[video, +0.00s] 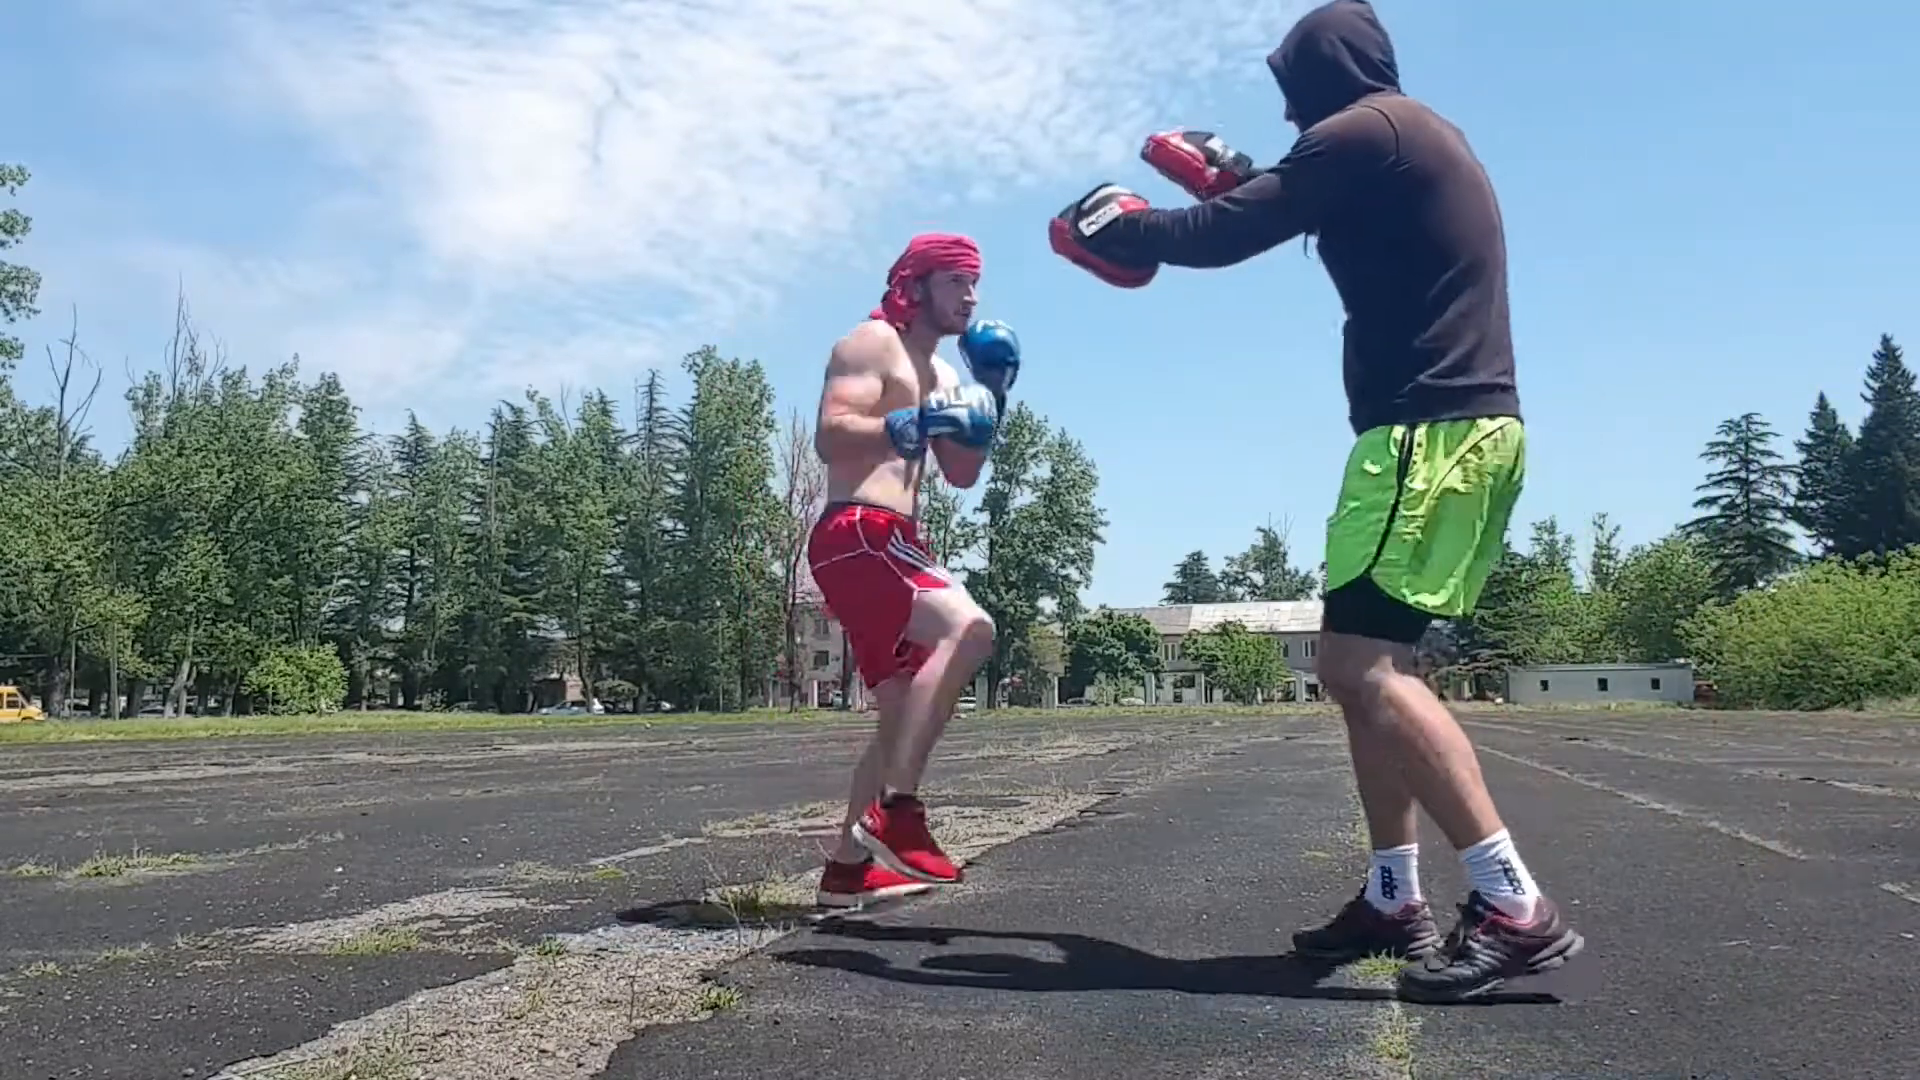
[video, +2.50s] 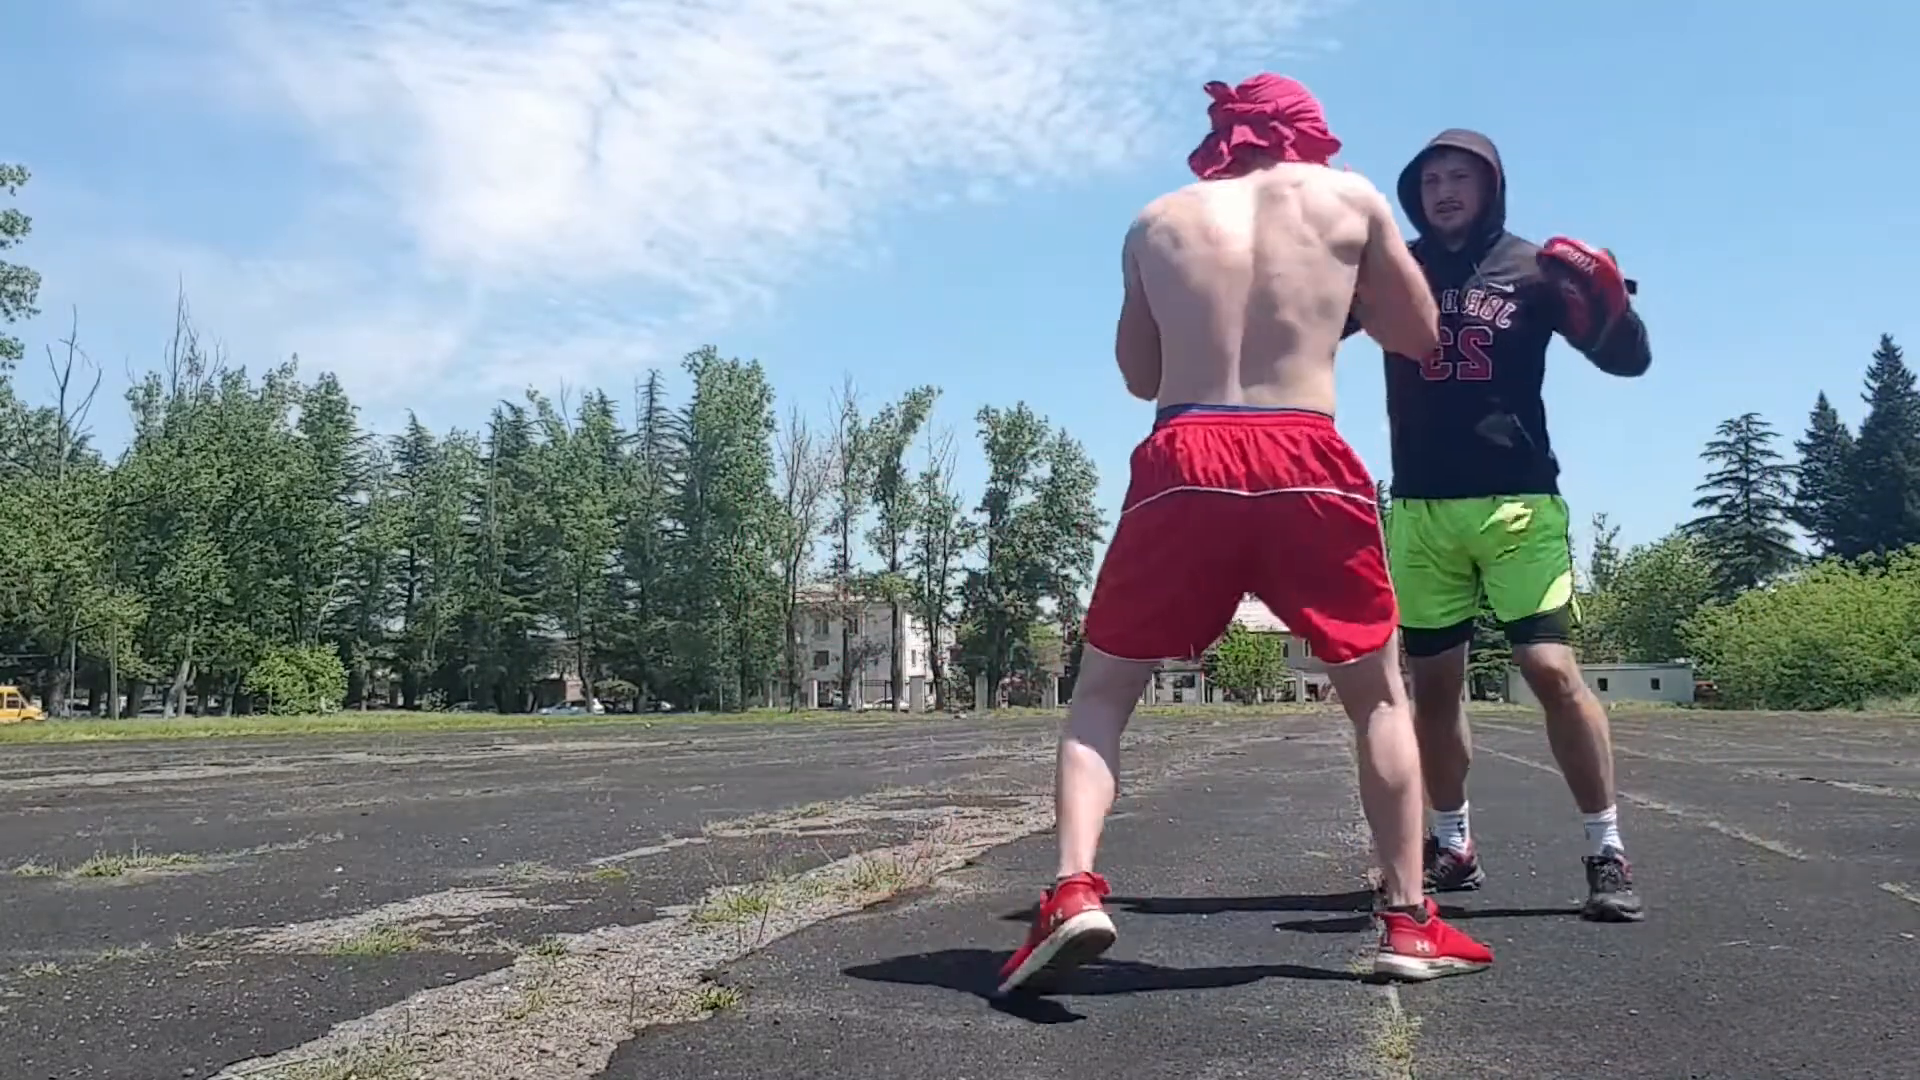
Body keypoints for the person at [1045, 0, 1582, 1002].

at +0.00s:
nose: (1291, 106)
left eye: (1294, 90)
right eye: (1290, 92)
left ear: (1321, 77)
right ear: (1374, 65)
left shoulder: (1357, 139)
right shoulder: (1425, 133)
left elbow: (1224, 231)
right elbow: (1330, 201)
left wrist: (1125, 221)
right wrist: (1240, 179)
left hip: (1426, 431)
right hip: (1471, 427)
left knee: (1364, 665)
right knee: (1361, 668)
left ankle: (1519, 908)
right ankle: (1393, 902)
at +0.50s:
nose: (1290, 110)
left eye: (1298, 90)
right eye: (1291, 91)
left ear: (1343, 86)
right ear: (1356, 82)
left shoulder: (1405, 155)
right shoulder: (1367, 165)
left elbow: (1303, 241)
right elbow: (1300, 245)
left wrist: (1192, 197)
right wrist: (1202, 203)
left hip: (1438, 444)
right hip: (1379, 449)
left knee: (1421, 658)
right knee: (1341, 658)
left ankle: (1598, 869)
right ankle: (1385, 894)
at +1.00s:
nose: (1410, 91)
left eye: (1422, 71)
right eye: (1407, 74)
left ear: (1475, 72)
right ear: (1433, 83)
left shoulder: (1551, 161)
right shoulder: (1441, 175)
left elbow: (1494, 250)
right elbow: (1370, 244)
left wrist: (1368, 170)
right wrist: (1302, 155)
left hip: (1533, 455)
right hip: (1434, 456)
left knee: (1583, 671)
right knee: (1357, 643)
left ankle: (1668, 904)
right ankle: (1424, 857)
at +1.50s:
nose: (1381, 136)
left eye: (1393, 119)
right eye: (1380, 122)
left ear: (1443, 119)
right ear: (1413, 129)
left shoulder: (1531, 192)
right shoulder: (1415, 213)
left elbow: (1504, 261)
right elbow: (1329, 268)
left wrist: (1393, 204)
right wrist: (1286, 200)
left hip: (1551, 474)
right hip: (1458, 483)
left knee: (1572, 667)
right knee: (1408, 663)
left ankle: (1668, 892)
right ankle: (1462, 863)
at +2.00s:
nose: (1447, 150)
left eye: (1466, 135)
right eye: (1442, 137)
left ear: (1510, 148)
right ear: (1441, 155)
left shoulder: (1556, 225)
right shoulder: (1450, 238)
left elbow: (1528, 268)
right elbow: (1374, 271)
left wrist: (1447, 183)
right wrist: (1323, 252)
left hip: (1532, 489)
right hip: (1444, 487)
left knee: (1574, 675)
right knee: (1403, 648)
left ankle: (1631, 856)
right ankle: (1451, 851)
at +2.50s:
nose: (1446, 191)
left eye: (1462, 179)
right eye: (1433, 181)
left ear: (1492, 190)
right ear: (1415, 195)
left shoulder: (1533, 267)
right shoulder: (1392, 272)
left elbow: (1630, 361)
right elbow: (1318, 313)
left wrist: (1612, 305)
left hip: (1518, 502)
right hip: (1420, 509)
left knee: (1551, 671)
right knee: (1432, 689)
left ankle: (1607, 851)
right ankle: (1450, 847)